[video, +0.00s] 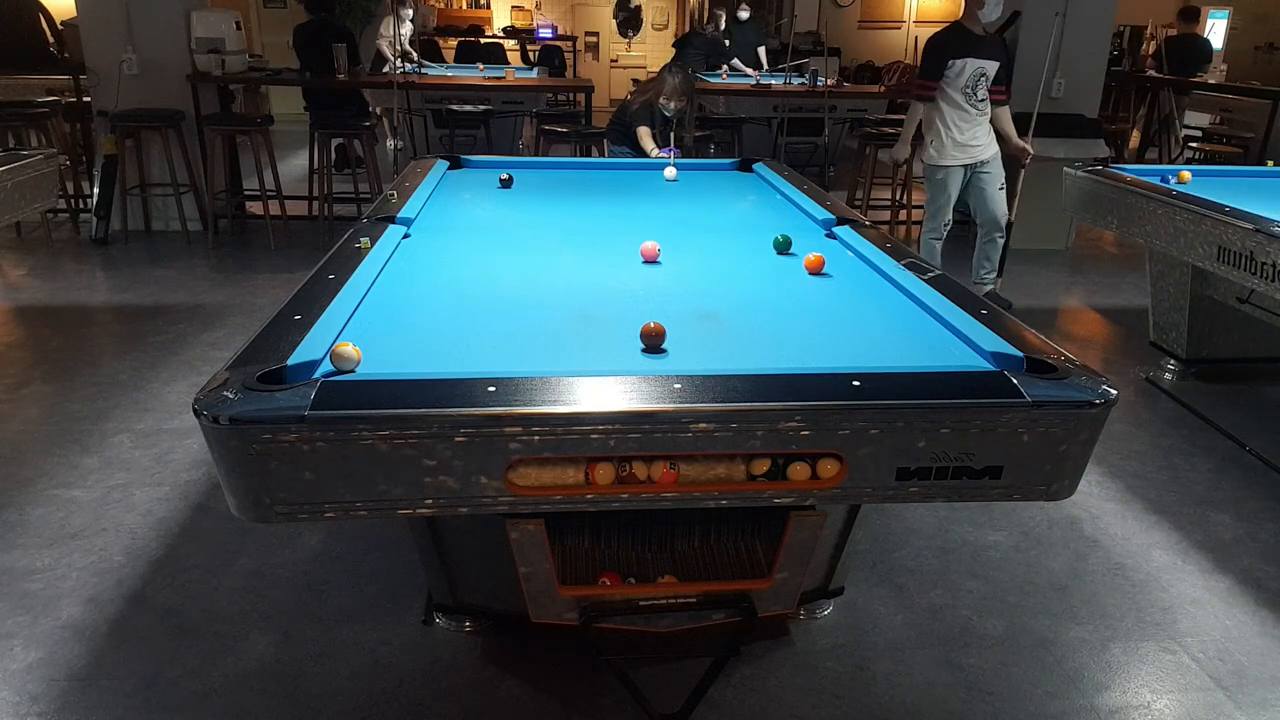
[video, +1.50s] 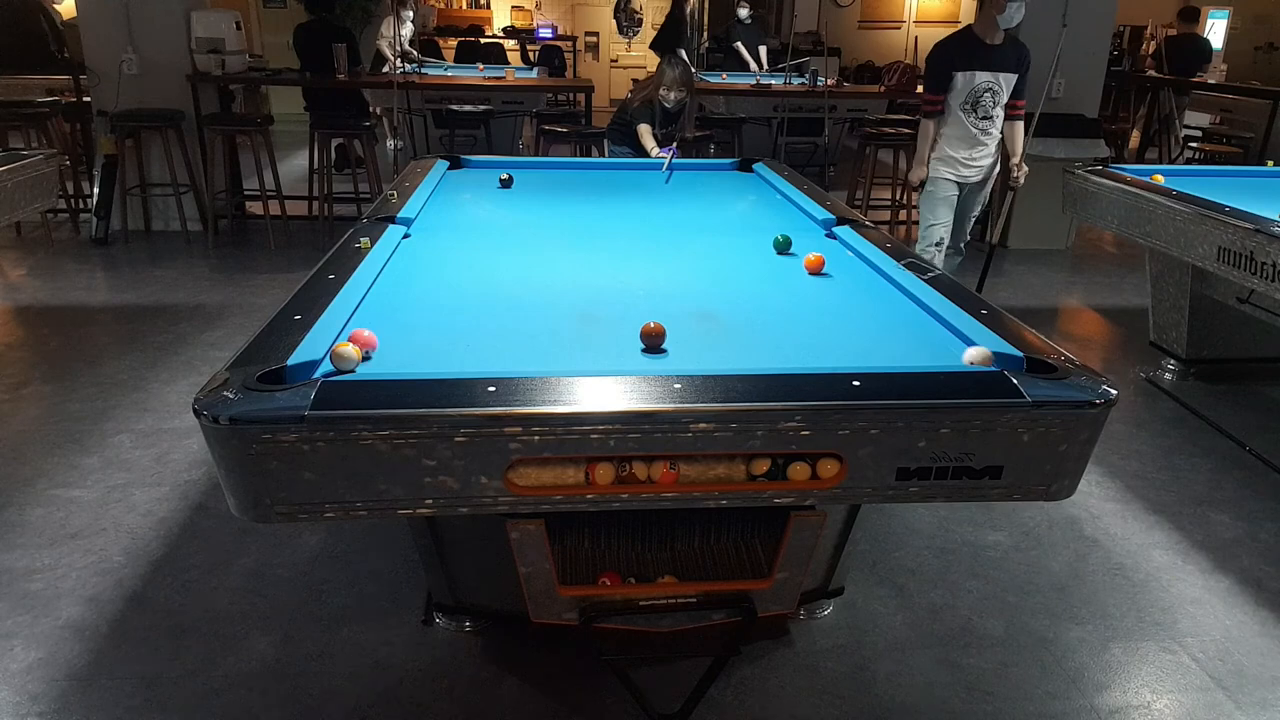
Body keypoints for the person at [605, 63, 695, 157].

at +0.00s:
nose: (673, 106)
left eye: (680, 100)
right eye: (666, 99)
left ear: (689, 99)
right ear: (656, 93)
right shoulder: (641, 102)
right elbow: (643, 135)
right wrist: (656, 153)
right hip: (623, 142)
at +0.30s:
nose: (673, 105)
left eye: (681, 99)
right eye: (666, 98)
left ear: (689, 97)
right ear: (656, 92)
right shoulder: (641, 101)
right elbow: (644, 134)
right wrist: (656, 153)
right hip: (622, 143)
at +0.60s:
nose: (673, 103)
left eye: (680, 97)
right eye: (666, 96)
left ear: (689, 96)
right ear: (656, 90)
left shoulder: (686, 104)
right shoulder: (641, 100)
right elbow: (643, 134)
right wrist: (656, 153)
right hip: (623, 143)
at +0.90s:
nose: (672, 102)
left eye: (680, 96)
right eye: (666, 95)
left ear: (689, 96)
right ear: (657, 90)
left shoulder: (686, 104)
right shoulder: (641, 100)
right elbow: (643, 134)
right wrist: (656, 153)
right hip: (623, 143)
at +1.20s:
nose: (672, 99)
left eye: (680, 93)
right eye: (665, 92)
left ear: (688, 93)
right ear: (656, 88)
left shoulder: (685, 103)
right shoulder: (642, 100)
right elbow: (644, 134)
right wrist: (656, 153)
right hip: (624, 142)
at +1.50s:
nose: (673, 97)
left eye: (680, 91)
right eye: (666, 89)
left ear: (689, 90)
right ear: (657, 86)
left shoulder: (687, 101)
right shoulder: (642, 100)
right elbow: (644, 131)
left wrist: (674, 143)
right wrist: (656, 152)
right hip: (624, 142)